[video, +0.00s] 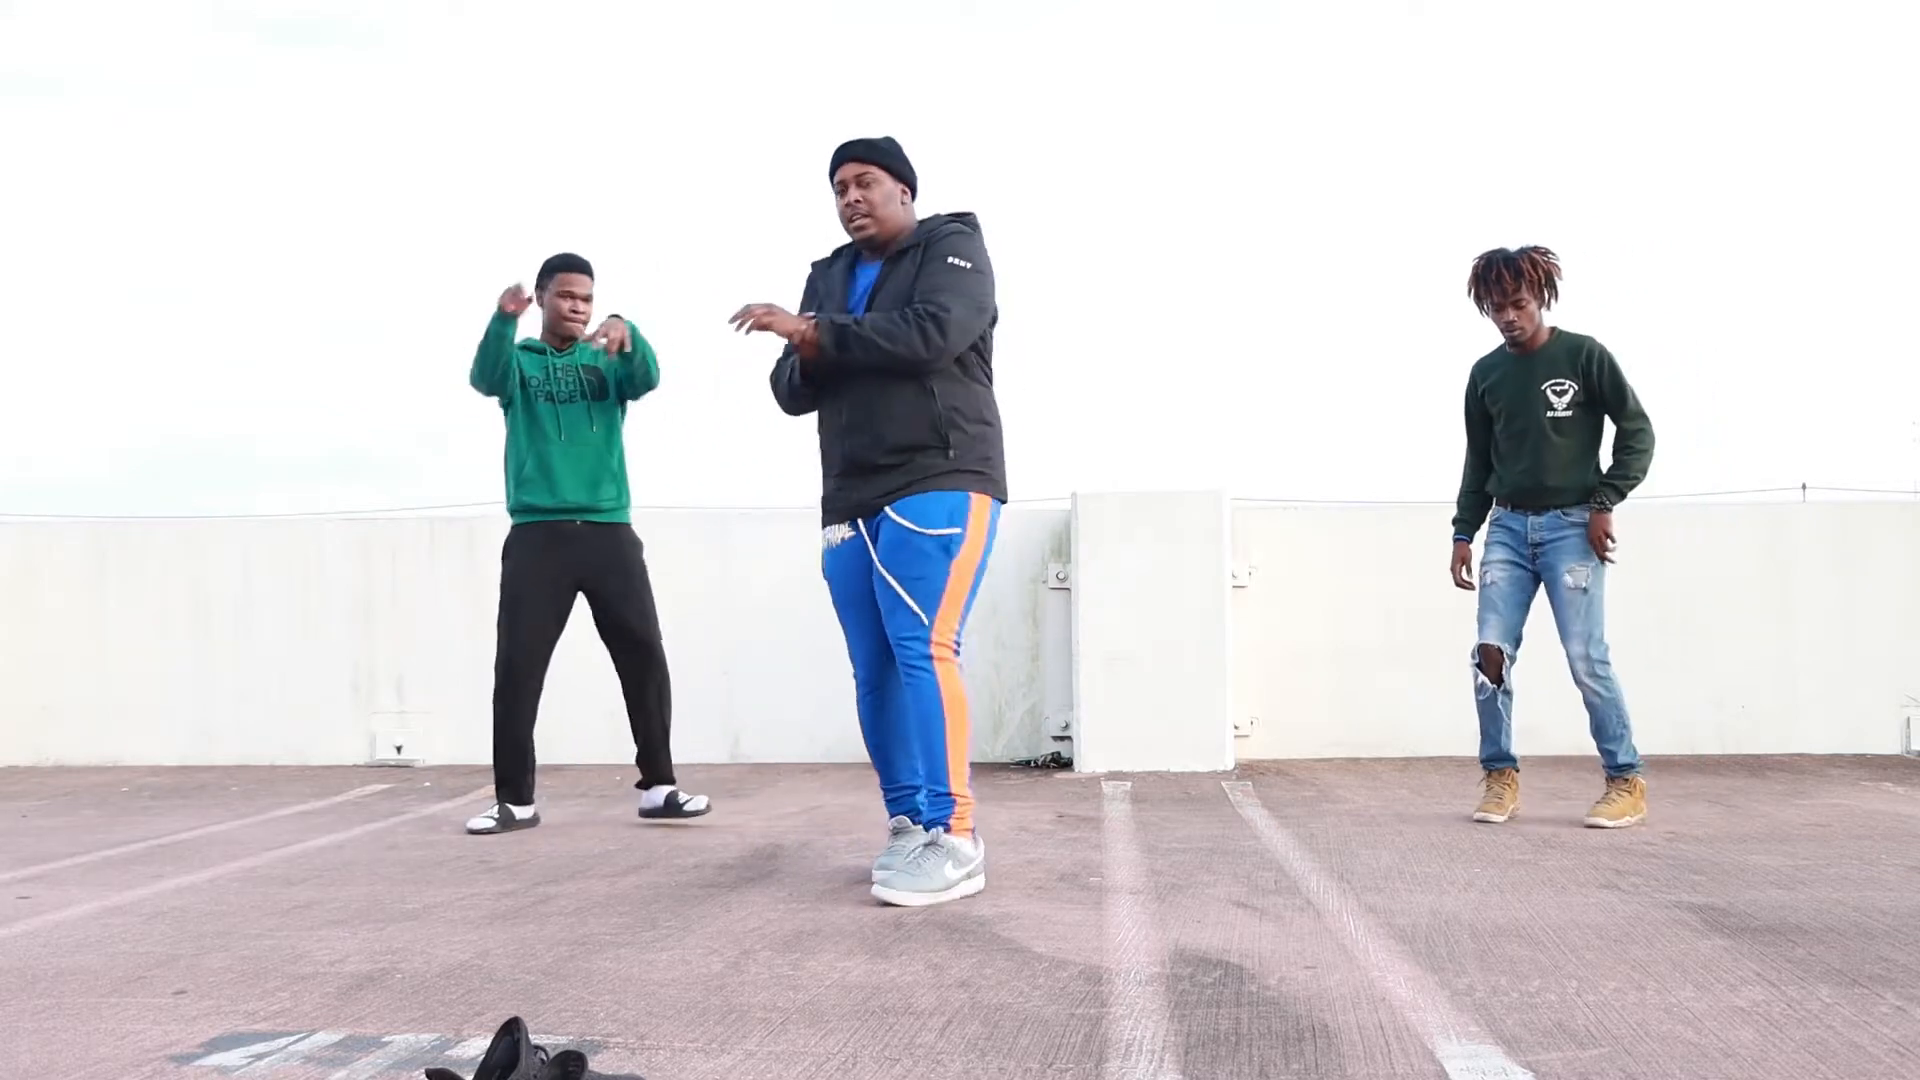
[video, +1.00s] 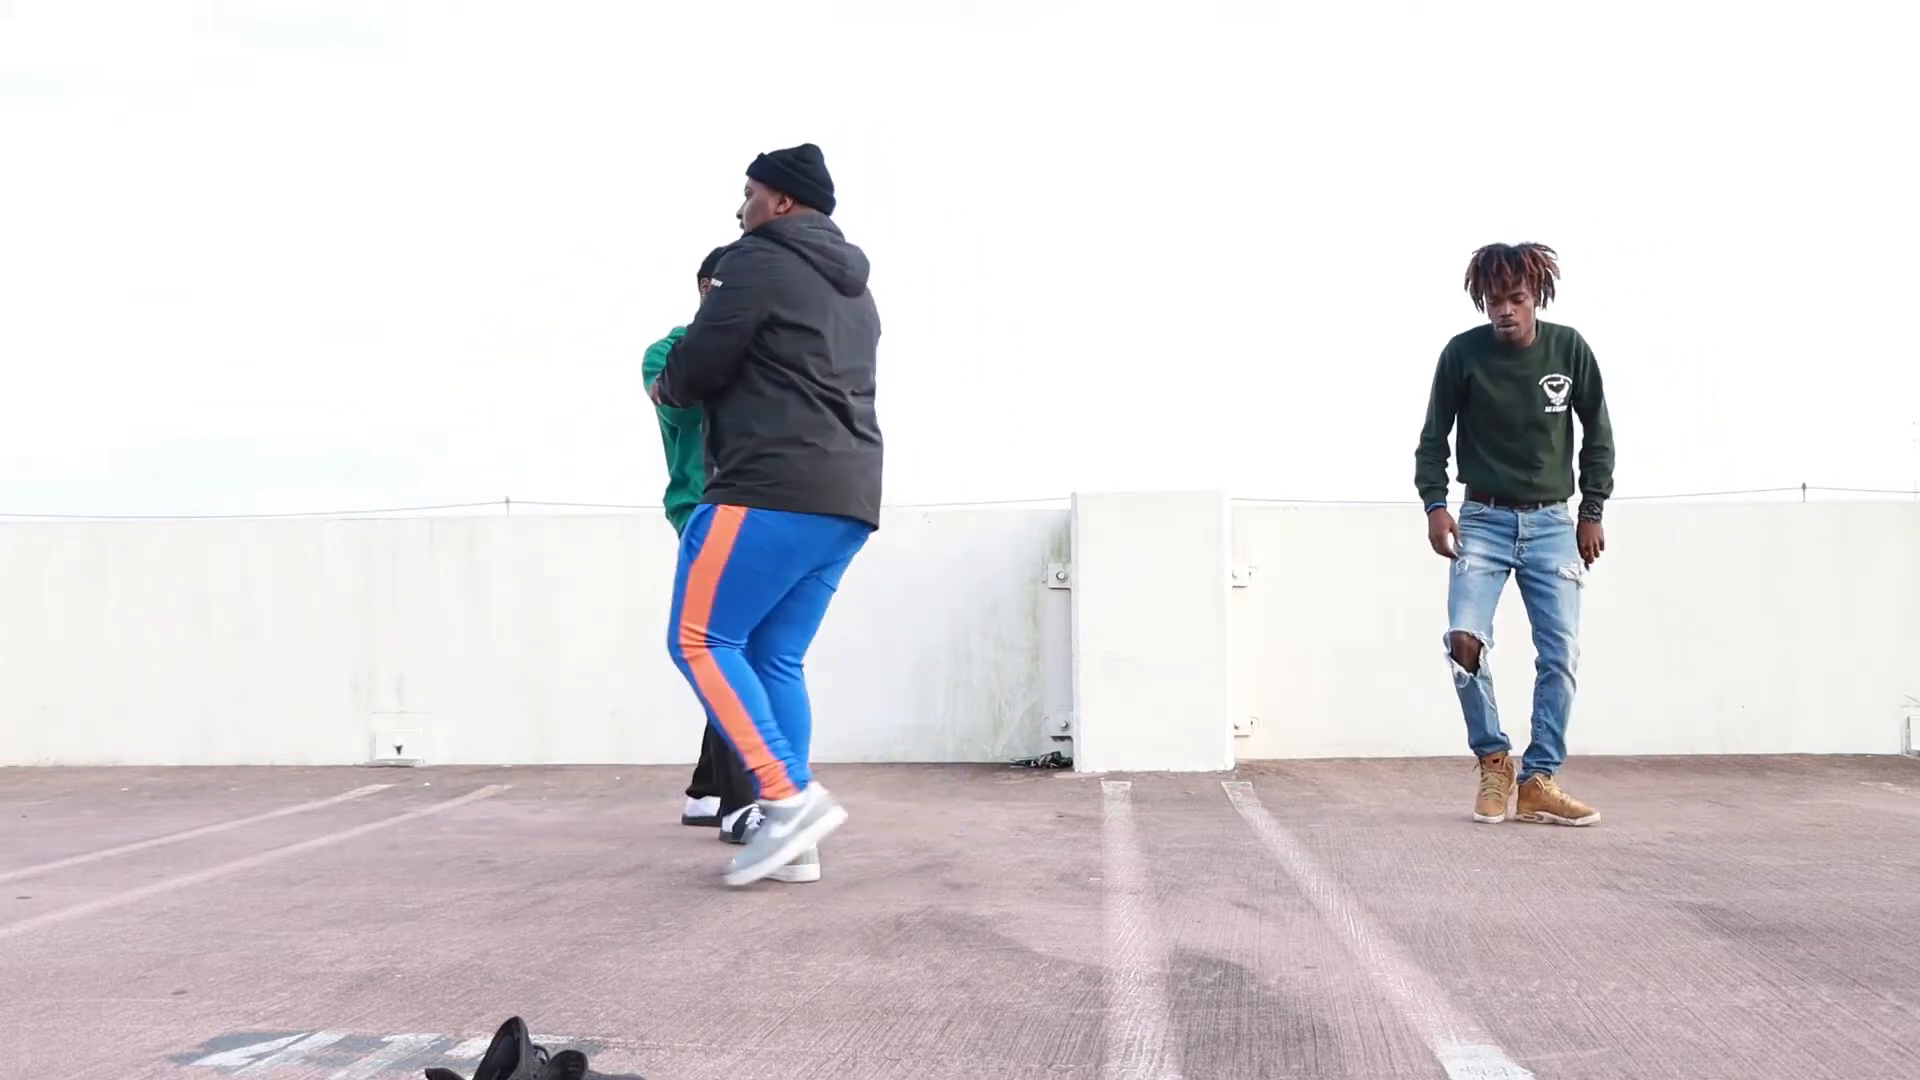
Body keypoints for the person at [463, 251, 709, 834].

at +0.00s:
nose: (576, 306)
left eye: (585, 298)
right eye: (565, 296)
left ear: (593, 305)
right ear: (542, 301)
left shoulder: (607, 359)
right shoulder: (519, 358)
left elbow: (644, 379)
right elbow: (488, 378)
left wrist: (628, 335)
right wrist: (505, 318)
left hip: (610, 534)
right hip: (538, 535)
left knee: (644, 655)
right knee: (517, 668)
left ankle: (658, 788)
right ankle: (514, 801)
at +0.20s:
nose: (599, 310)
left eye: (607, 302)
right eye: (588, 299)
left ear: (613, 309)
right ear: (559, 300)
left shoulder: (621, 366)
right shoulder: (525, 352)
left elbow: (666, 405)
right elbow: (539, 381)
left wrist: (704, 368)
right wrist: (615, 338)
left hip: (620, 537)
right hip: (550, 539)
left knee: (667, 651)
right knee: (527, 669)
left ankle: (697, 786)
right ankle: (515, 802)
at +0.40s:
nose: (648, 331)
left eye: (655, 323)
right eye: (637, 321)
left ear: (662, 329)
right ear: (610, 323)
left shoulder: (663, 399)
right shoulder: (583, 367)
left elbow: (695, 454)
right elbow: (610, 410)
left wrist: (745, 454)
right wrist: (691, 418)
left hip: (651, 551)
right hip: (586, 547)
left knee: (707, 658)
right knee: (552, 672)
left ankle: (706, 797)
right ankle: (514, 802)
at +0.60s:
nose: (699, 322)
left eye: (707, 314)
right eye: (688, 311)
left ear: (714, 323)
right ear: (661, 315)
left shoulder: (717, 394)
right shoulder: (636, 358)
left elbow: (758, 446)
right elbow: (649, 389)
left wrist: (818, 440)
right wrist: (723, 385)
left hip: (702, 548)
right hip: (636, 538)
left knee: (729, 670)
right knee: (592, 660)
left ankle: (708, 797)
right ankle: (550, 789)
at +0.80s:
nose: (729, 308)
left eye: (738, 299)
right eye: (719, 295)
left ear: (747, 303)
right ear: (694, 293)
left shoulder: (748, 350)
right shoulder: (658, 342)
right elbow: (668, 363)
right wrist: (733, 319)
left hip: (734, 520)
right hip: (668, 512)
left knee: (727, 662)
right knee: (667, 652)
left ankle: (710, 796)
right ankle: (663, 797)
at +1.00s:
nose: (721, 300)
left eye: (729, 290)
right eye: (714, 288)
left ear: (744, 294)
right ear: (701, 291)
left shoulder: (757, 346)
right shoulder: (674, 349)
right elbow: (673, 394)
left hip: (749, 504)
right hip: (699, 504)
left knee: (728, 648)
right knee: (722, 648)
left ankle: (708, 785)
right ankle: (740, 795)